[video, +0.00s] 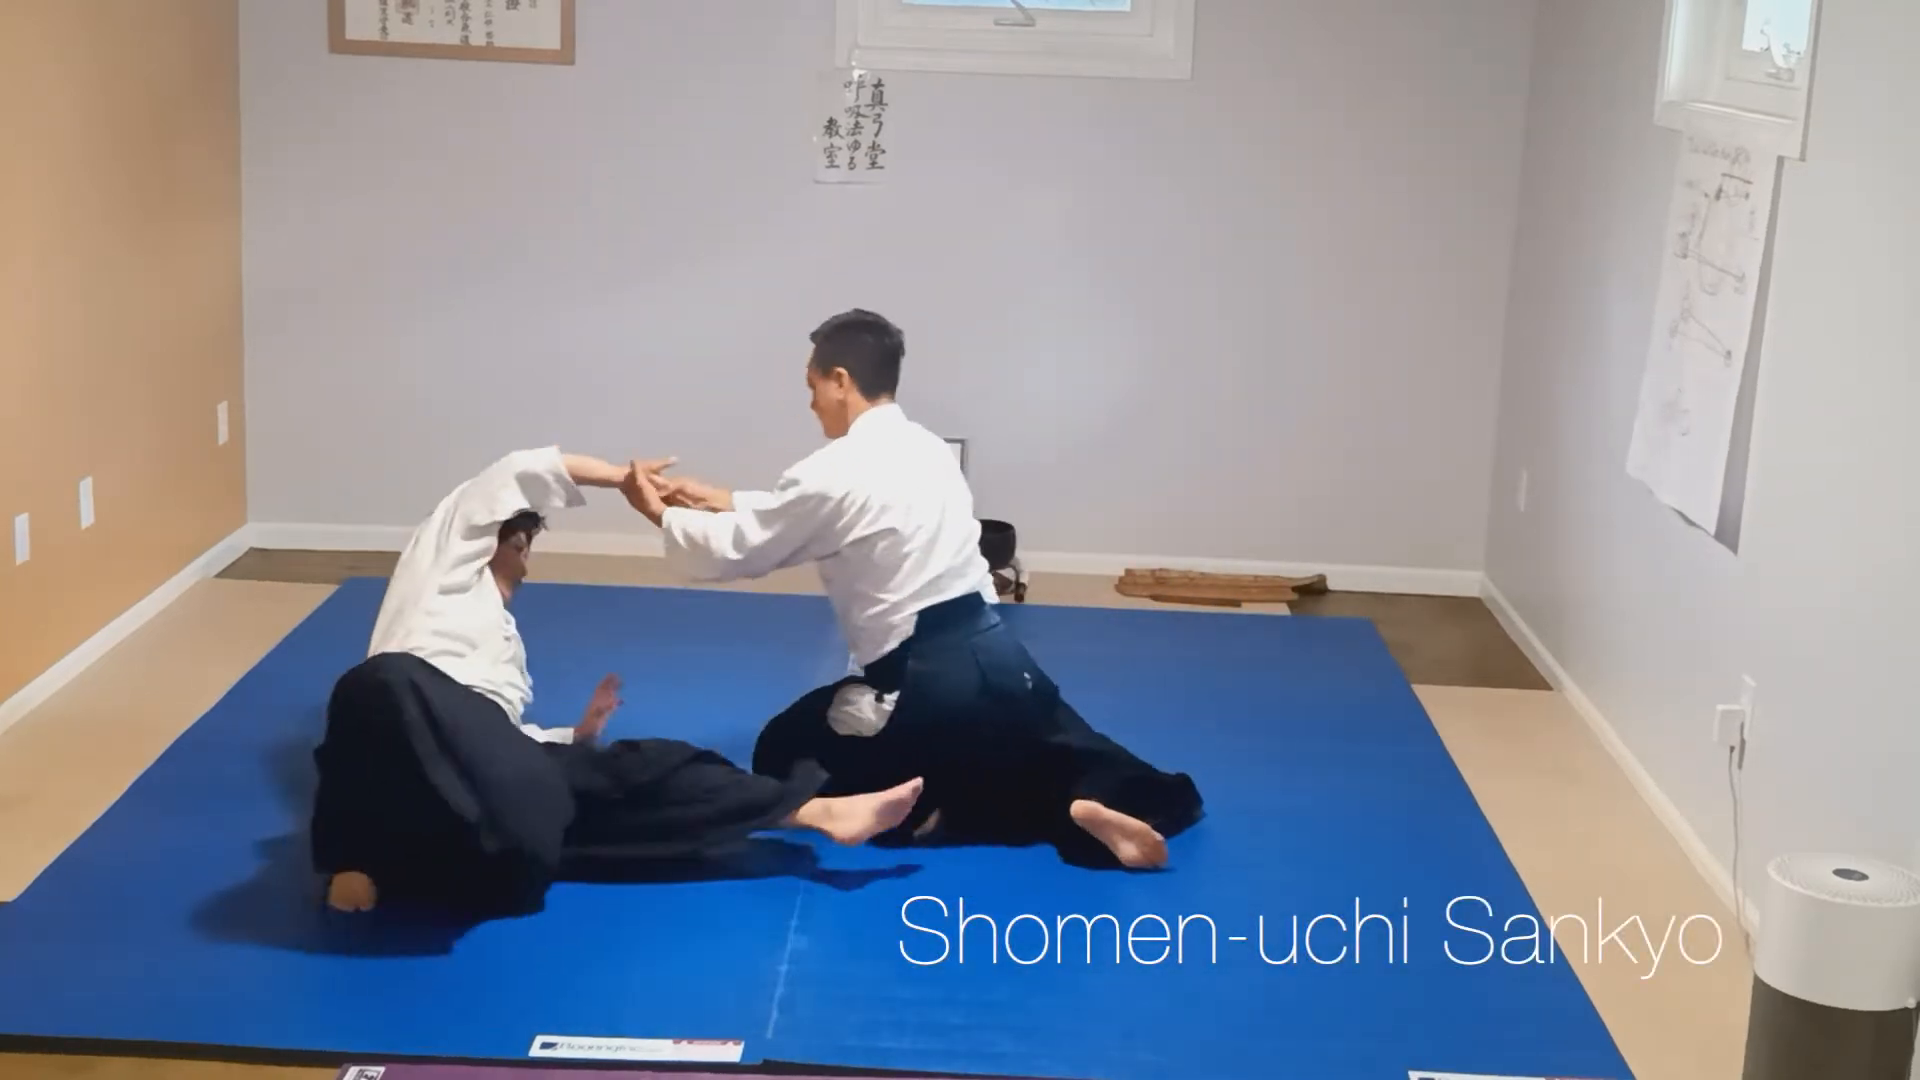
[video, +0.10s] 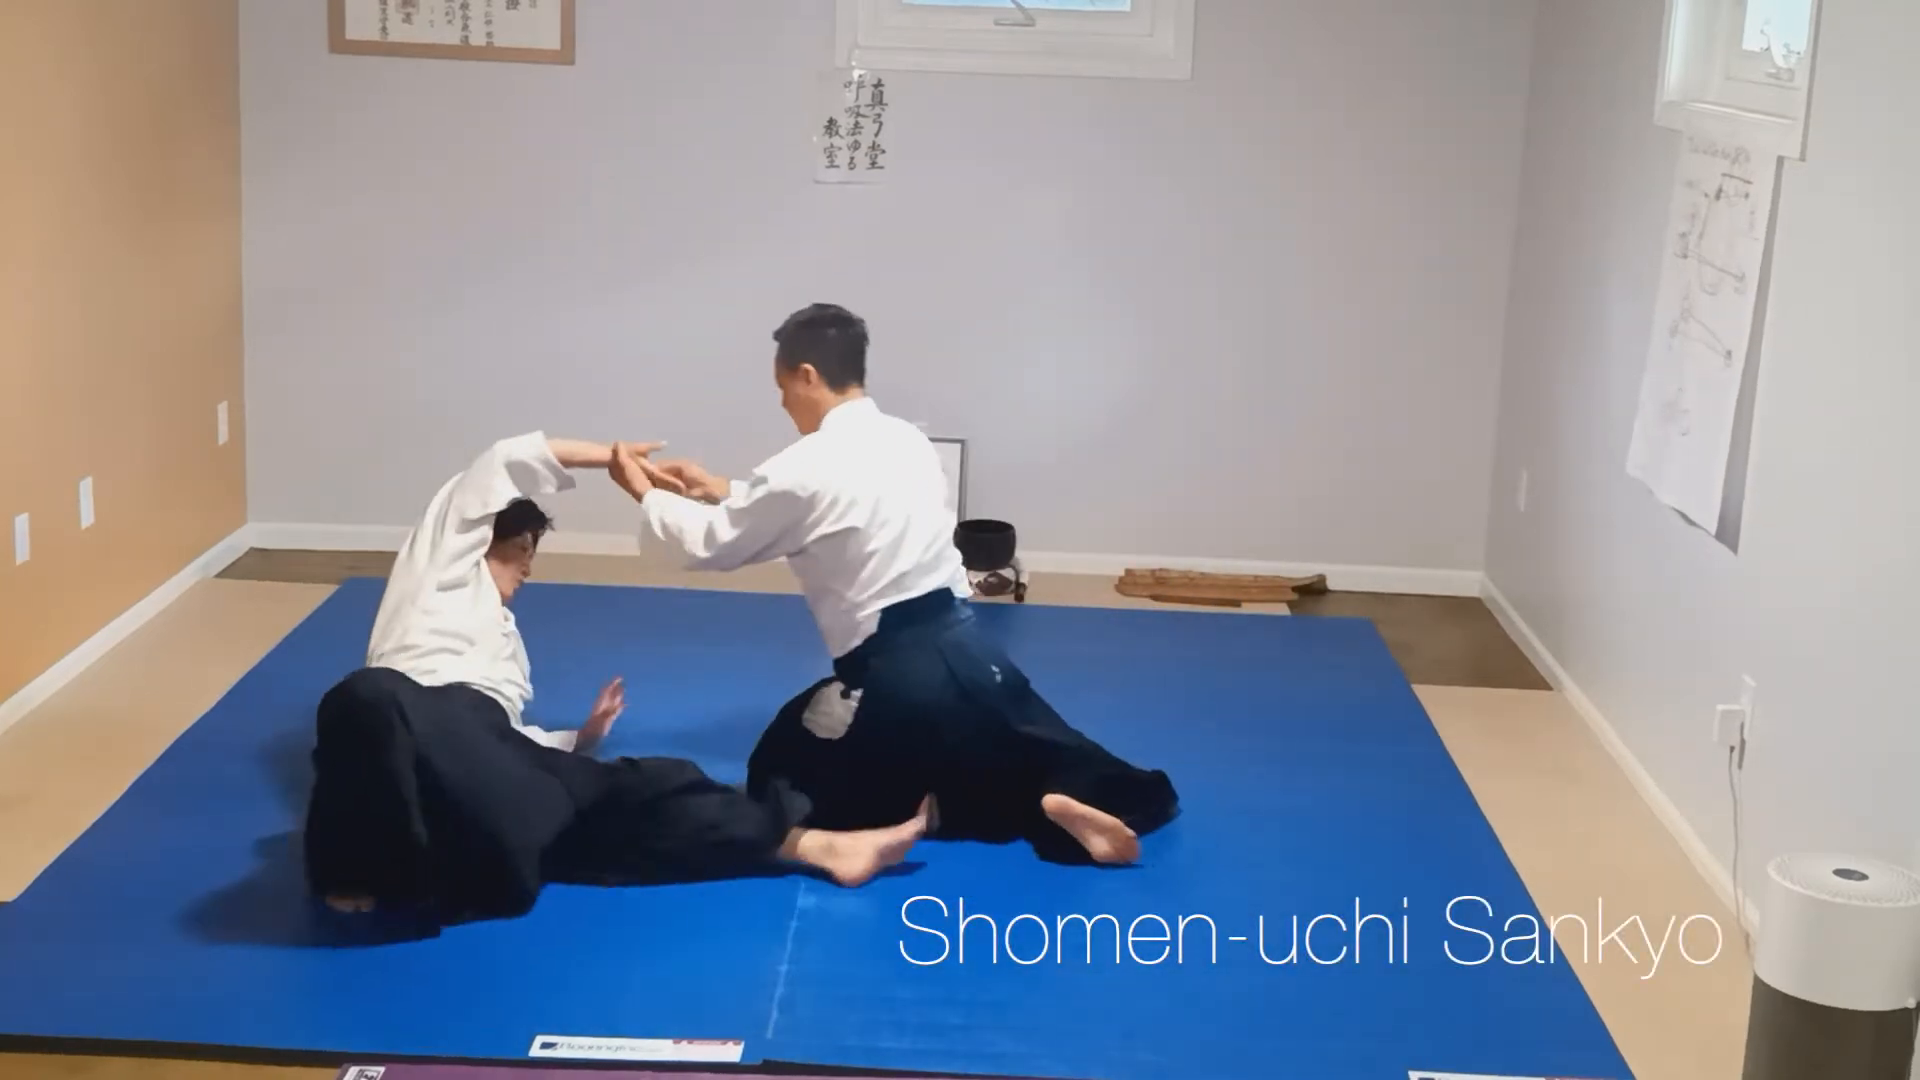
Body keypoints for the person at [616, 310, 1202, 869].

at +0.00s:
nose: (815, 405)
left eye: (814, 389)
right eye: (814, 388)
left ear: (837, 384)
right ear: (886, 384)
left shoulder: (833, 475)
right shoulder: (935, 452)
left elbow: (732, 547)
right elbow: (821, 512)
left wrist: (657, 512)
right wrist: (722, 499)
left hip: (917, 689)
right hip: (1009, 679)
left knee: (781, 753)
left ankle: (883, 796)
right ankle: (1082, 809)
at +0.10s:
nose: (783, 399)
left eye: (781, 385)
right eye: (781, 385)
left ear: (803, 378)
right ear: (857, 373)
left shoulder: (805, 469)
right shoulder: (912, 441)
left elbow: (712, 543)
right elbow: (817, 508)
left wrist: (643, 495)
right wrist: (716, 491)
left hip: (886, 680)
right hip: (973, 659)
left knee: (777, 775)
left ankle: (902, 804)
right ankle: (1068, 811)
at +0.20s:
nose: (747, 395)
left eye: (746, 380)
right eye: (745, 380)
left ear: (770, 372)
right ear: (817, 359)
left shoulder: (777, 457)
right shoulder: (885, 426)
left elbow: (690, 530)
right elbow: (809, 503)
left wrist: (631, 471)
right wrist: (718, 471)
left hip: (873, 665)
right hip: (953, 646)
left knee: (775, 782)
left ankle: (924, 802)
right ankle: (1027, 798)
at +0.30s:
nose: (730, 389)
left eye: (726, 373)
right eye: (726, 374)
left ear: (747, 361)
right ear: (801, 351)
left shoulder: (756, 444)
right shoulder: (868, 411)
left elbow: (676, 513)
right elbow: (806, 492)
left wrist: (630, 453)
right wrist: (709, 459)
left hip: (861, 638)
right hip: (936, 610)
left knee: (772, 782)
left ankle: (905, 802)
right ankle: (994, 779)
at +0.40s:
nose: (718, 378)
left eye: (715, 366)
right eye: (714, 369)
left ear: (732, 353)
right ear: (785, 334)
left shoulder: (745, 432)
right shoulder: (852, 397)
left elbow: (672, 509)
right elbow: (796, 470)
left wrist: (650, 447)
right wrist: (704, 437)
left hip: (851, 619)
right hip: (921, 589)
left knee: (773, 785)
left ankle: (895, 805)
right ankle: (958, 763)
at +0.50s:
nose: (708, 372)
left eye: (703, 362)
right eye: (702, 363)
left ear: (723, 346)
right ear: (772, 327)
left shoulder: (733, 424)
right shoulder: (840, 383)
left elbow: (687, 518)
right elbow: (782, 446)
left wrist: (673, 455)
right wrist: (693, 419)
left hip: (848, 609)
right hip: (916, 573)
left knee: (770, 790)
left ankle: (896, 799)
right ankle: (934, 771)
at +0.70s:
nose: (708, 380)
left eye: (702, 366)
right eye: (700, 368)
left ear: (728, 344)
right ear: (759, 333)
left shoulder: (740, 414)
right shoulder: (823, 377)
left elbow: (706, 528)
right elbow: (753, 438)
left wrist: (668, 490)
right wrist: (655, 440)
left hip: (851, 592)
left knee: (772, 777)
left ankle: (933, 755)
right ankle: (930, 714)